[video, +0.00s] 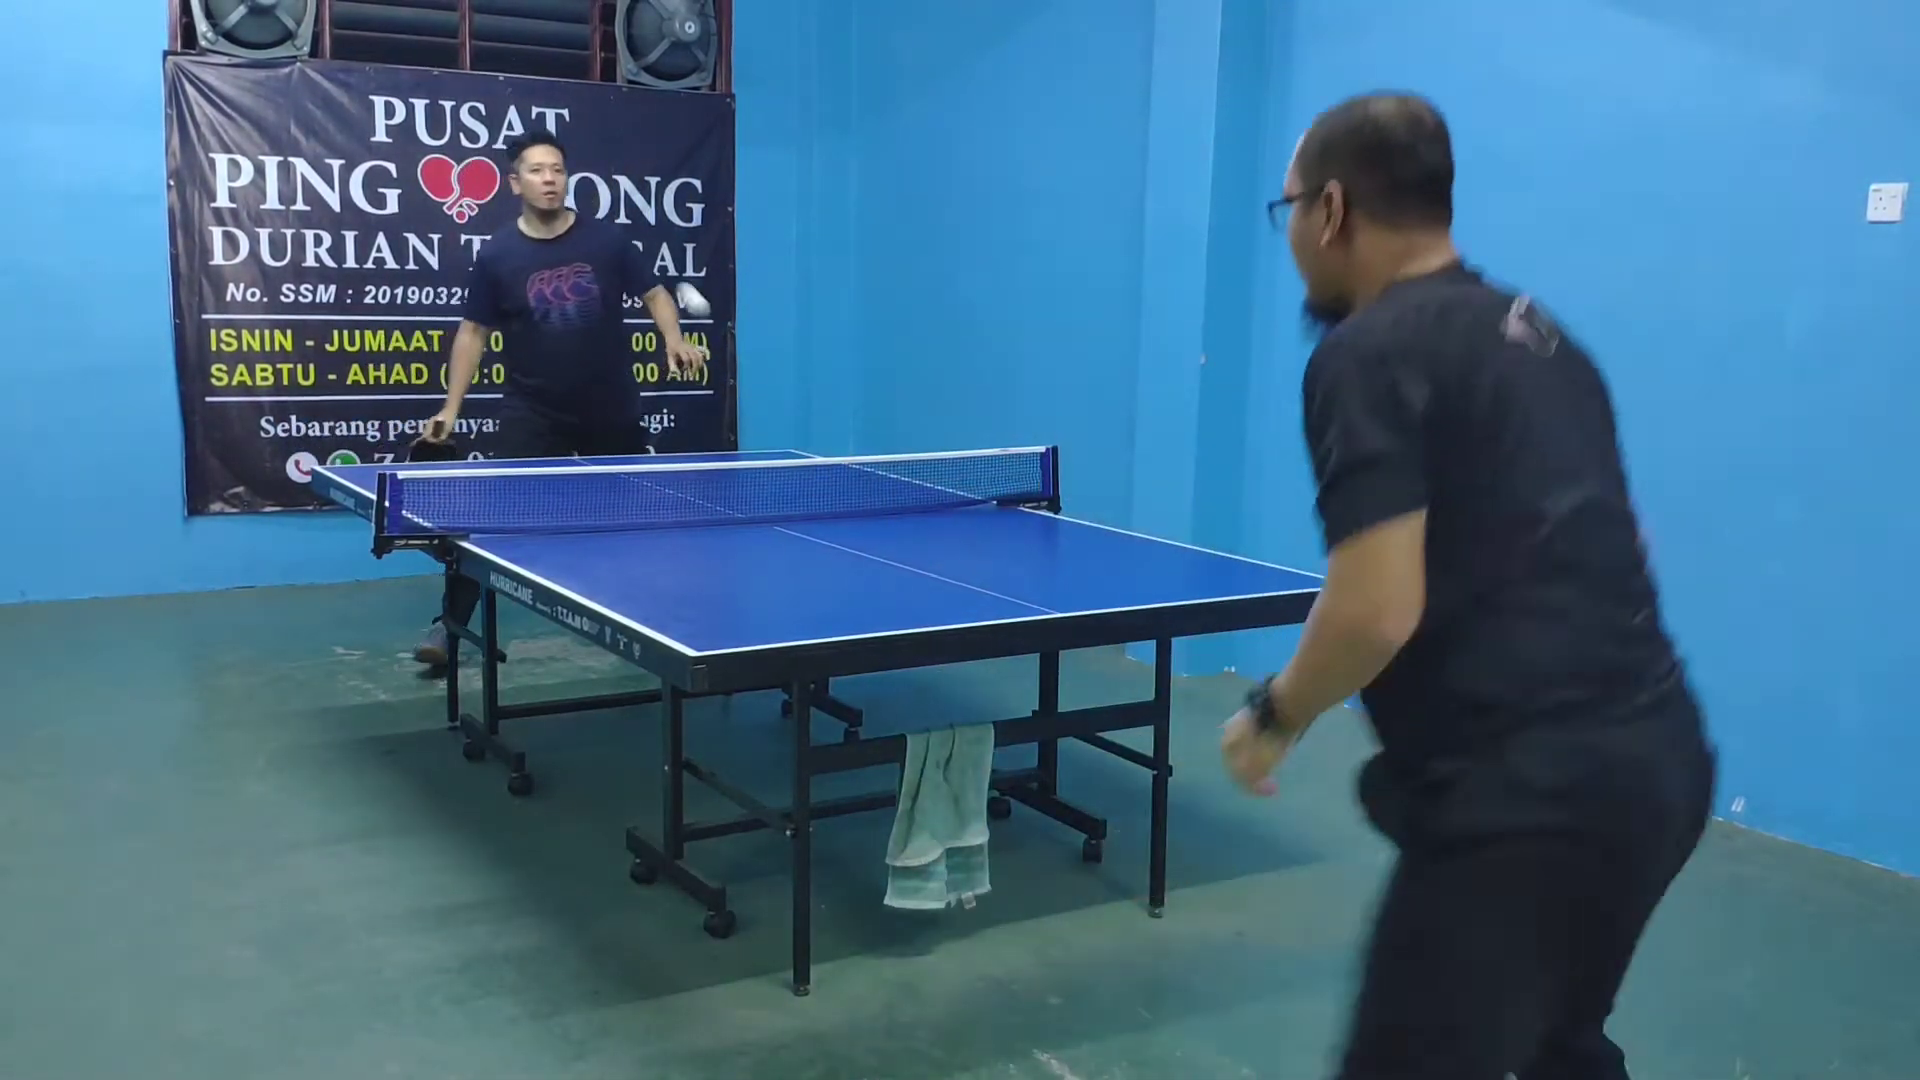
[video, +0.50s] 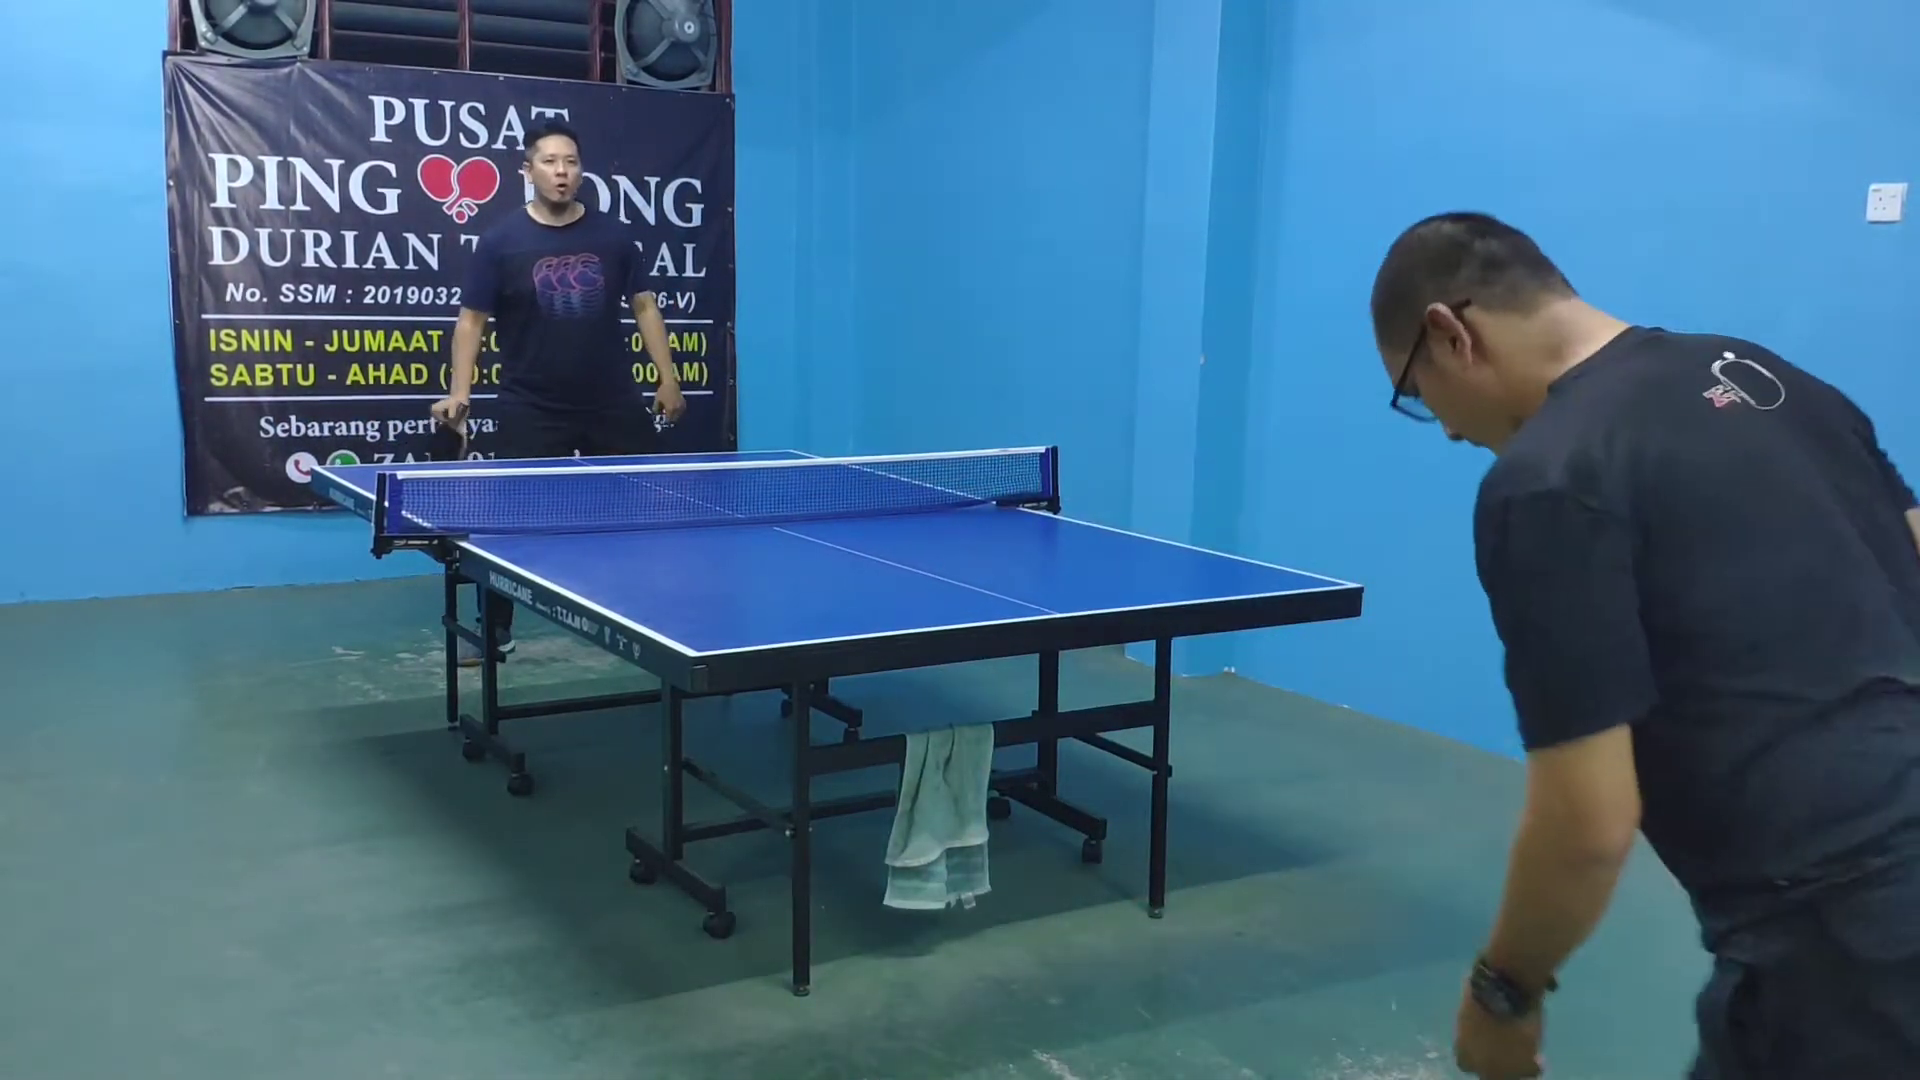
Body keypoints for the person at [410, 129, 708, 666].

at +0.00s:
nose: (549, 179)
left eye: (556, 169)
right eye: (536, 170)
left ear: (568, 178)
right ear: (515, 182)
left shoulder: (606, 239)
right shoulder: (498, 254)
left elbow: (654, 293)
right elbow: (472, 332)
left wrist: (674, 340)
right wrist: (450, 409)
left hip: (610, 408)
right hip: (534, 412)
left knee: (645, 511)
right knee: (491, 509)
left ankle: (674, 633)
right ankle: (448, 631)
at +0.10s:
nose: (561, 176)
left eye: (568, 166)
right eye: (549, 167)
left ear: (580, 174)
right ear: (527, 176)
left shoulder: (618, 236)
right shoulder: (506, 249)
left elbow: (663, 292)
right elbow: (479, 329)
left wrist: (676, 339)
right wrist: (459, 406)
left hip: (612, 405)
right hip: (536, 408)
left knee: (640, 506)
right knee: (502, 501)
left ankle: (649, 617)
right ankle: (475, 611)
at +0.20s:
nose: (565, 175)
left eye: (572, 165)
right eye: (553, 166)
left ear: (583, 173)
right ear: (530, 175)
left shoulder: (619, 237)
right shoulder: (507, 246)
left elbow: (664, 295)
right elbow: (479, 324)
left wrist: (676, 350)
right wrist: (462, 397)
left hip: (610, 407)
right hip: (534, 410)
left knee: (625, 514)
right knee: (513, 515)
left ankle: (638, 626)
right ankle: (496, 627)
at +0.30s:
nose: (562, 174)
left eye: (570, 164)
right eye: (550, 164)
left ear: (581, 172)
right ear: (528, 171)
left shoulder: (613, 237)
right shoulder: (501, 244)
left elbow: (654, 299)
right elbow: (475, 323)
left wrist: (670, 366)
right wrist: (461, 396)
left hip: (605, 407)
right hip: (528, 409)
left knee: (624, 513)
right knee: (506, 514)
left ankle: (633, 623)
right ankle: (496, 625)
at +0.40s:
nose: (560, 171)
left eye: (568, 161)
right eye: (548, 161)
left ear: (577, 170)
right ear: (525, 169)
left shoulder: (608, 235)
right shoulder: (496, 242)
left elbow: (643, 305)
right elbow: (473, 321)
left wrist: (665, 378)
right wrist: (461, 395)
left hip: (607, 404)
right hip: (528, 408)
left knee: (639, 508)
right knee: (505, 515)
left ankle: (650, 626)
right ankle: (495, 627)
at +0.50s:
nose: (562, 171)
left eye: (570, 161)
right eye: (550, 161)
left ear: (581, 169)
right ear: (529, 169)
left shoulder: (613, 236)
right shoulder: (500, 240)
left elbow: (645, 307)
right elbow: (472, 320)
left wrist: (668, 379)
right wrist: (459, 393)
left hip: (611, 403)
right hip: (532, 408)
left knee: (638, 510)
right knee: (512, 516)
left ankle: (649, 627)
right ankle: (495, 627)